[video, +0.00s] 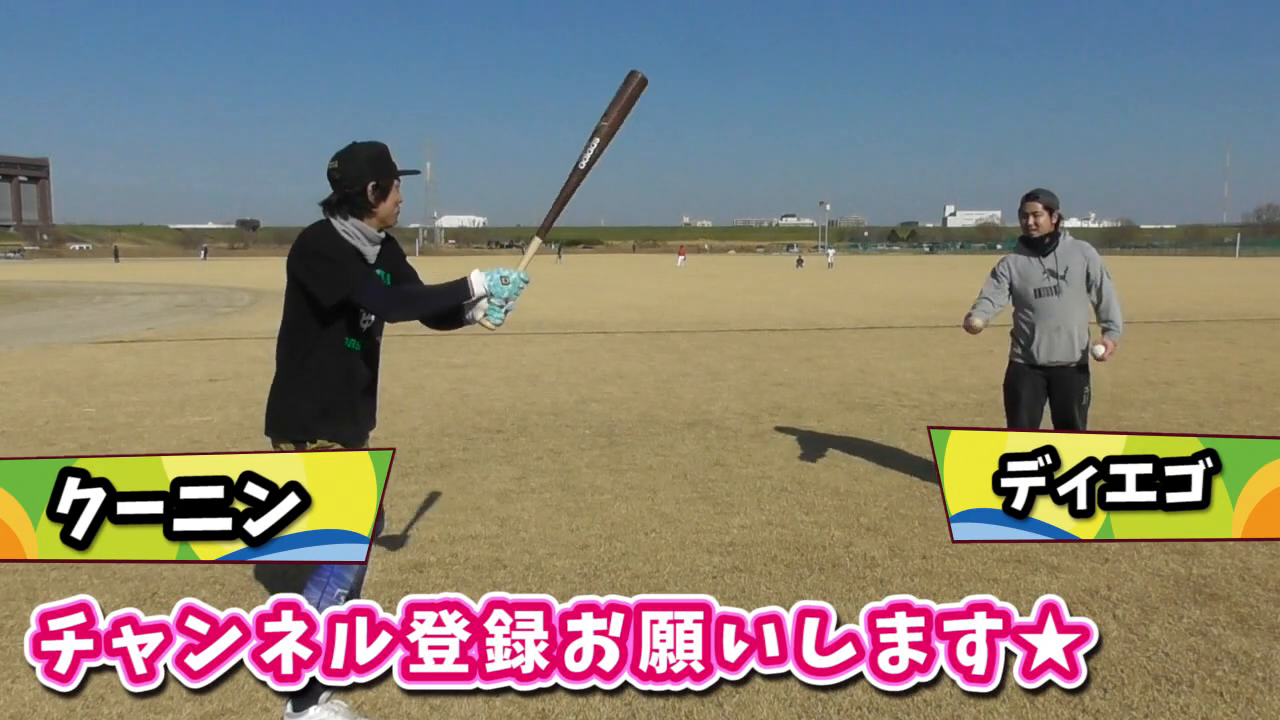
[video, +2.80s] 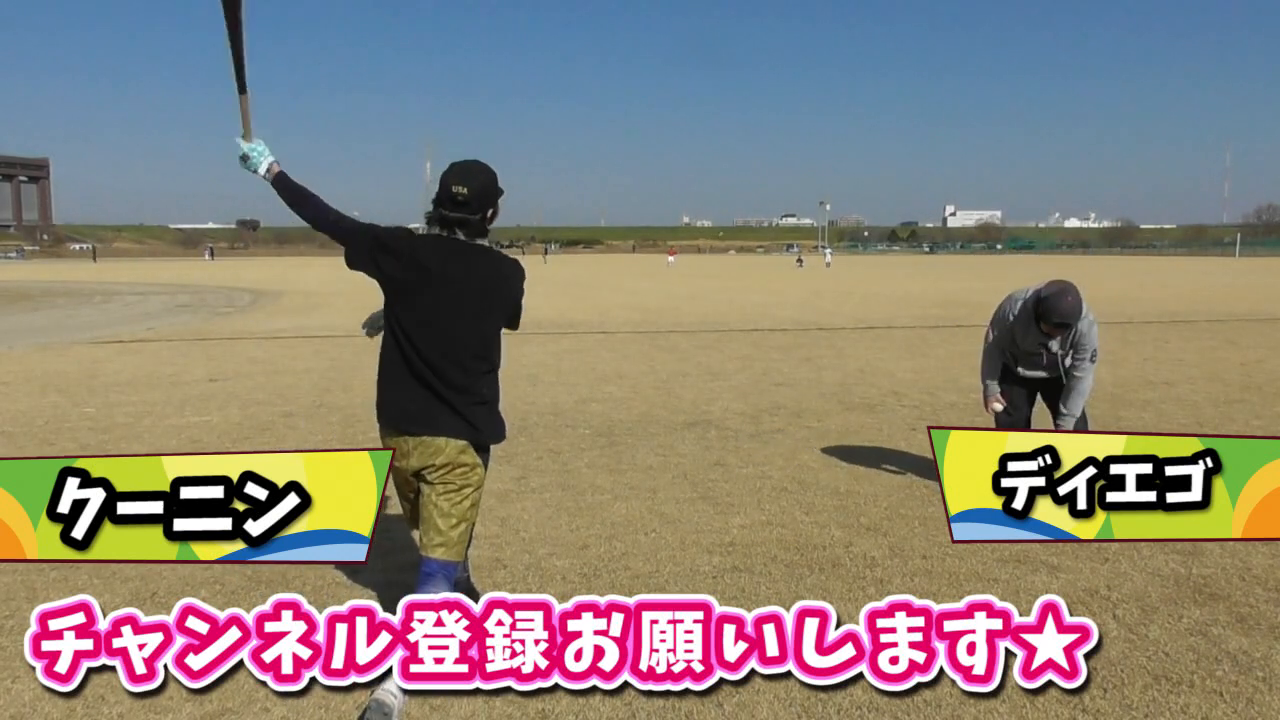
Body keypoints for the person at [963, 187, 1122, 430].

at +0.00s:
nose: (1029, 222)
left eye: (1036, 215)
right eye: (1024, 216)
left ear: (1054, 217)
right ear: (1019, 220)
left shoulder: (1082, 253)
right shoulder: (1012, 263)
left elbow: (1105, 295)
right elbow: (993, 295)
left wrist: (1110, 334)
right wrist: (977, 316)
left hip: (1071, 363)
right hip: (1026, 364)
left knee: (1072, 440)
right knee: (1020, 438)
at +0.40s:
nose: (998, 231)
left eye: (1005, 224)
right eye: (994, 226)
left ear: (1023, 226)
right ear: (990, 229)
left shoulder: (1060, 251)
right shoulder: (994, 278)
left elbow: (1089, 289)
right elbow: (981, 323)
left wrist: (1099, 334)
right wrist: (972, 360)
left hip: (1068, 364)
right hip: (1023, 368)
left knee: (1075, 442)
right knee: (1018, 440)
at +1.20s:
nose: (984, 238)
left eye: (990, 231)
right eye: (978, 233)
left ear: (1006, 231)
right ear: (972, 238)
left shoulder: (1041, 253)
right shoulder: (978, 281)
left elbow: (1077, 284)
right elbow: (965, 308)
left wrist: (1090, 325)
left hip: (1066, 361)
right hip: (1021, 368)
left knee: (1079, 436)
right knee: (1019, 438)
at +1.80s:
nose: (1026, 233)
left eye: (1033, 226)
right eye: (1020, 226)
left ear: (1049, 226)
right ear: (1013, 226)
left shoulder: (1071, 263)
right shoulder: (999, 265)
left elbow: (1086, 312)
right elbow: (981, 311)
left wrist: (1083, 355)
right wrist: (978, 353)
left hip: (1061, 369)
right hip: (1014, 372)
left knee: (1077, 442)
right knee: (1013, 442)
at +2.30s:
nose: (1060, 258)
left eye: (1068, 252)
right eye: (1055, 249)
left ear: (1081, 248)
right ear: (1047, 239)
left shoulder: (1090, 275)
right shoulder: (1019, 265)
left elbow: (1090, 323)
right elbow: (1000, 308)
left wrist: (1066, 359)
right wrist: (1005, 351)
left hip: (1060, 370)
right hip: (1015, 370)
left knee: (1076, 442)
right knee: (1013, 443)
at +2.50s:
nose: (1065, 290)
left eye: (1072, 286)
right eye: (1060, 284)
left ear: (1082, 280)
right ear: (1049, 271)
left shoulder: (1089, 294)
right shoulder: (1018, 281)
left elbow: (1093, 342)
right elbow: (999, 325)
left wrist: (1082, 388)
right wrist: (1003, 370)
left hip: (1058, 373)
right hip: (1014, 371)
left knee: (1076, 439)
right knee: (1011, 441)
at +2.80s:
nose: (1055, 334)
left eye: (1062, 330)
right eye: (1050, 329)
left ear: (1073, 322)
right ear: (1038, 314)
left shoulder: (1085, 325)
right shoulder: (1013, 309)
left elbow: (1081, 377)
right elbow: (992, 347)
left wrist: (1065, 425)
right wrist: (990, 387)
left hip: (1058, 377)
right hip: (1016, 376)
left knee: (1077, 430)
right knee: (1010, 429)